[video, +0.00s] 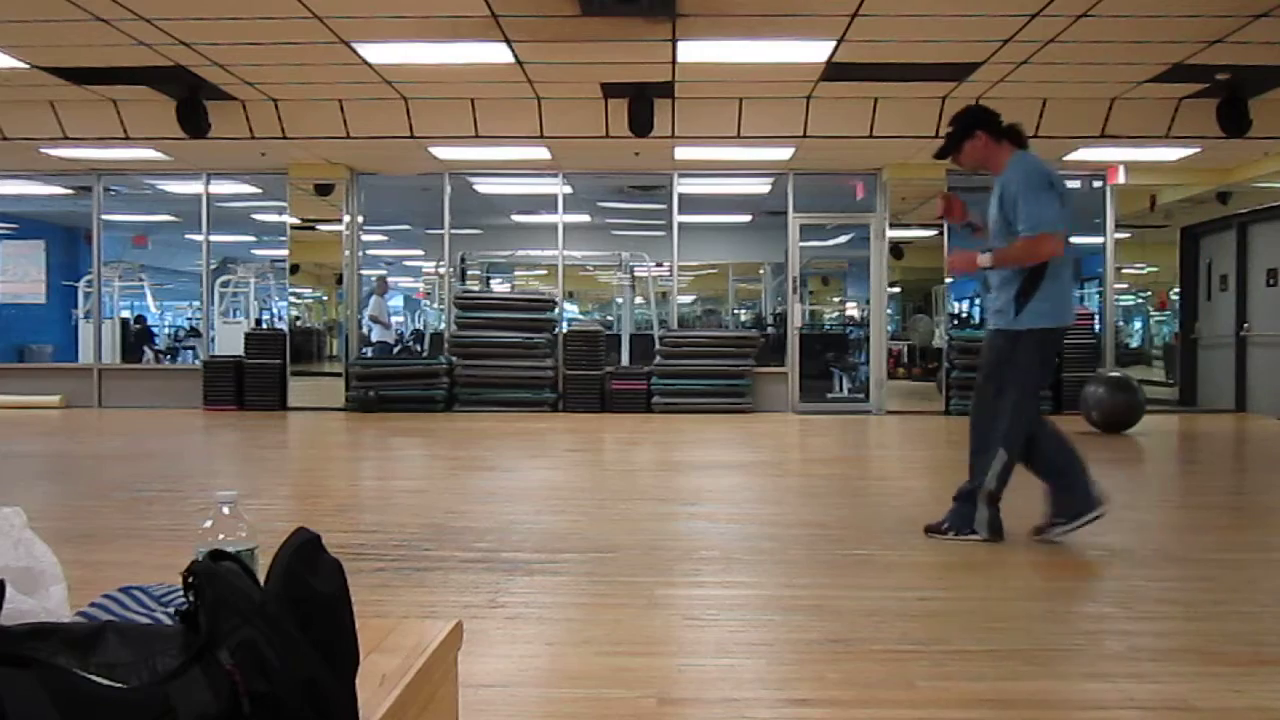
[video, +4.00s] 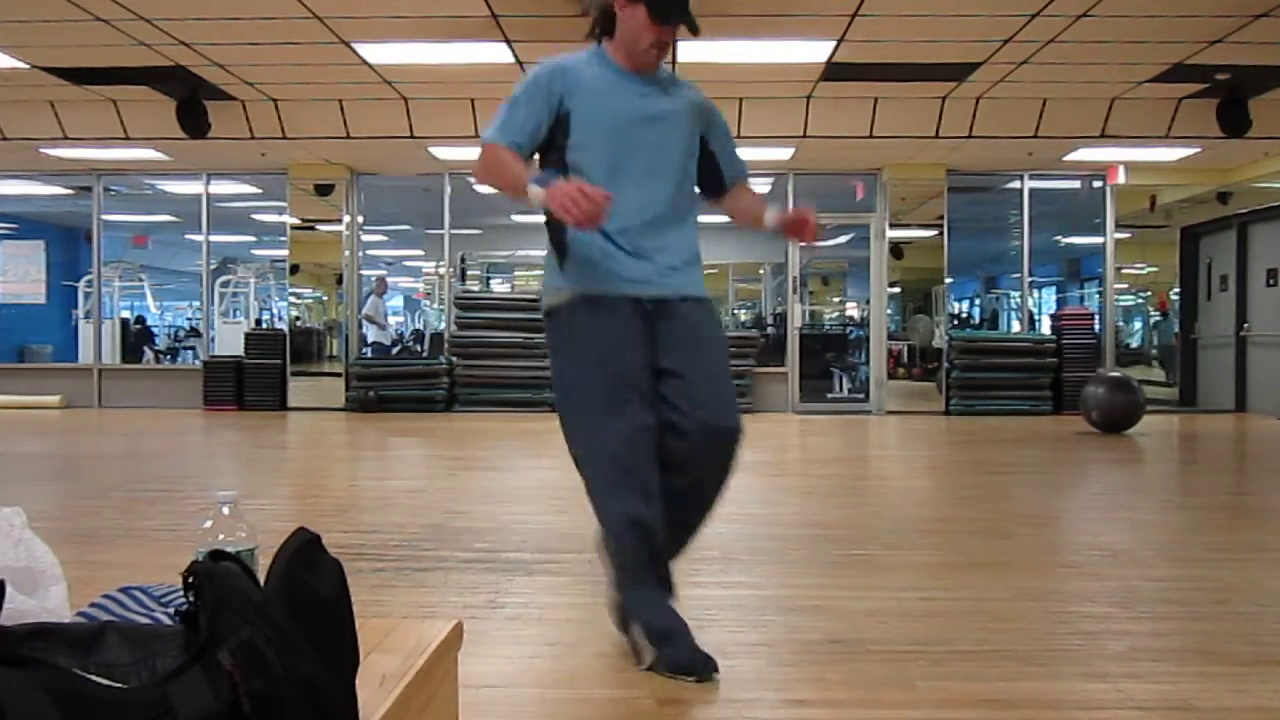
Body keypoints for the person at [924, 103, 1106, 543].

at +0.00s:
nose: (959, 163)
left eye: (959, 153)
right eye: (956, 156)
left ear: (980, 139)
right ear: (983, 142)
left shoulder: (1026, 173)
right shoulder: (1010, 178)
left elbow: (1047, 243)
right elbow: (1011, 239)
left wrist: (982, 259)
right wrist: (967, 220)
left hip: (1028, 323)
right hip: (1017, 321)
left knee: (994, 415)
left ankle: (976, 515)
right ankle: (1075, 498)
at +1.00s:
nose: (817, 165)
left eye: (814, 156)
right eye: (811, 160)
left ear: (829, 135)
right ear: (831, 137)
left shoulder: (875, 166)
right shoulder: (860, 172)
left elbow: (894, 236)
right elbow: (874, 234)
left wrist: (827, 231)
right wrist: (824, 227)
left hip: (878, 313)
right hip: (874, 312)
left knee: (844, 402)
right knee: (869, 406)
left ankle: (905, 495)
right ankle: (862, 509)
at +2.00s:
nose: (675, 146)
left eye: (677, 135)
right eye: (670, 138)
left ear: (702, 117)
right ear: (688, 124)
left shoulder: (744, 160)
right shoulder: (685, 164)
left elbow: (755, 233)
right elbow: (682, 216)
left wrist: (685, 237)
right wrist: (655, 210)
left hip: (732, 309)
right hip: (683, 307)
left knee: (724, 411)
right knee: (658, 398)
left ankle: (713, 519)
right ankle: (702, 502)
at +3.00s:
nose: (559, 118)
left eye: (568, 108)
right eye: (549, 109)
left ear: (588, 91)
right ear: (537, 98)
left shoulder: (625, 141)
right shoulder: (519, 143)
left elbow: (665, 218)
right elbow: (477, 211)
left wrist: (623, 187)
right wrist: (453, 236)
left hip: (597, 308)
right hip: (528, 303)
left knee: (570, 426)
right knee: (503, 408)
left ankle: (544, 553)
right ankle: (552, 503)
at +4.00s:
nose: (669, 39)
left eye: (677, 27)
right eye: (659, 23)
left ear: (684, 25)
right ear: (620, 9)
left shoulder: (691, 105)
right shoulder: (559, 79)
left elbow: (734, 194)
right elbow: (492, 158)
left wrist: (773, 218)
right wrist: (542, 189)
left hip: (680, 292)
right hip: (591, 293)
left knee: (712, 427)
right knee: (620, 453)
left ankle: (635, 567)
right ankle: (663, 634)